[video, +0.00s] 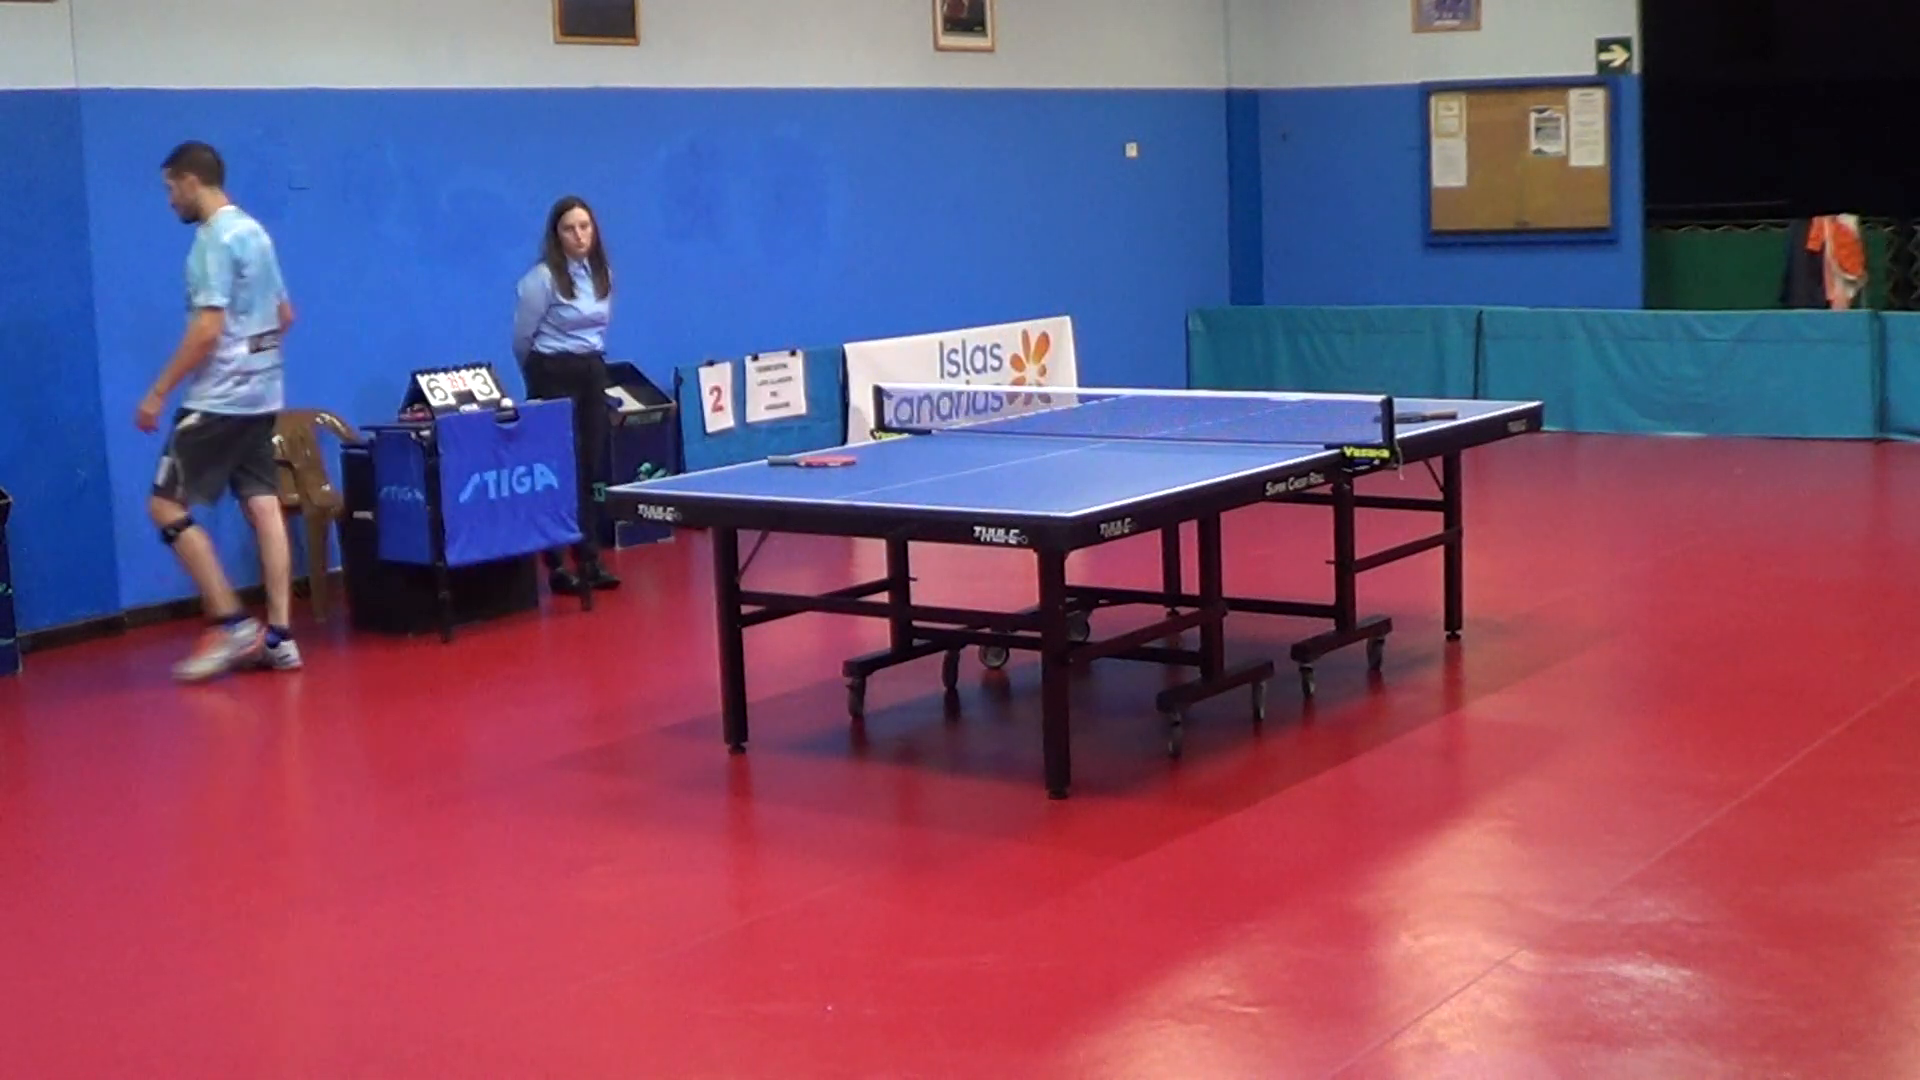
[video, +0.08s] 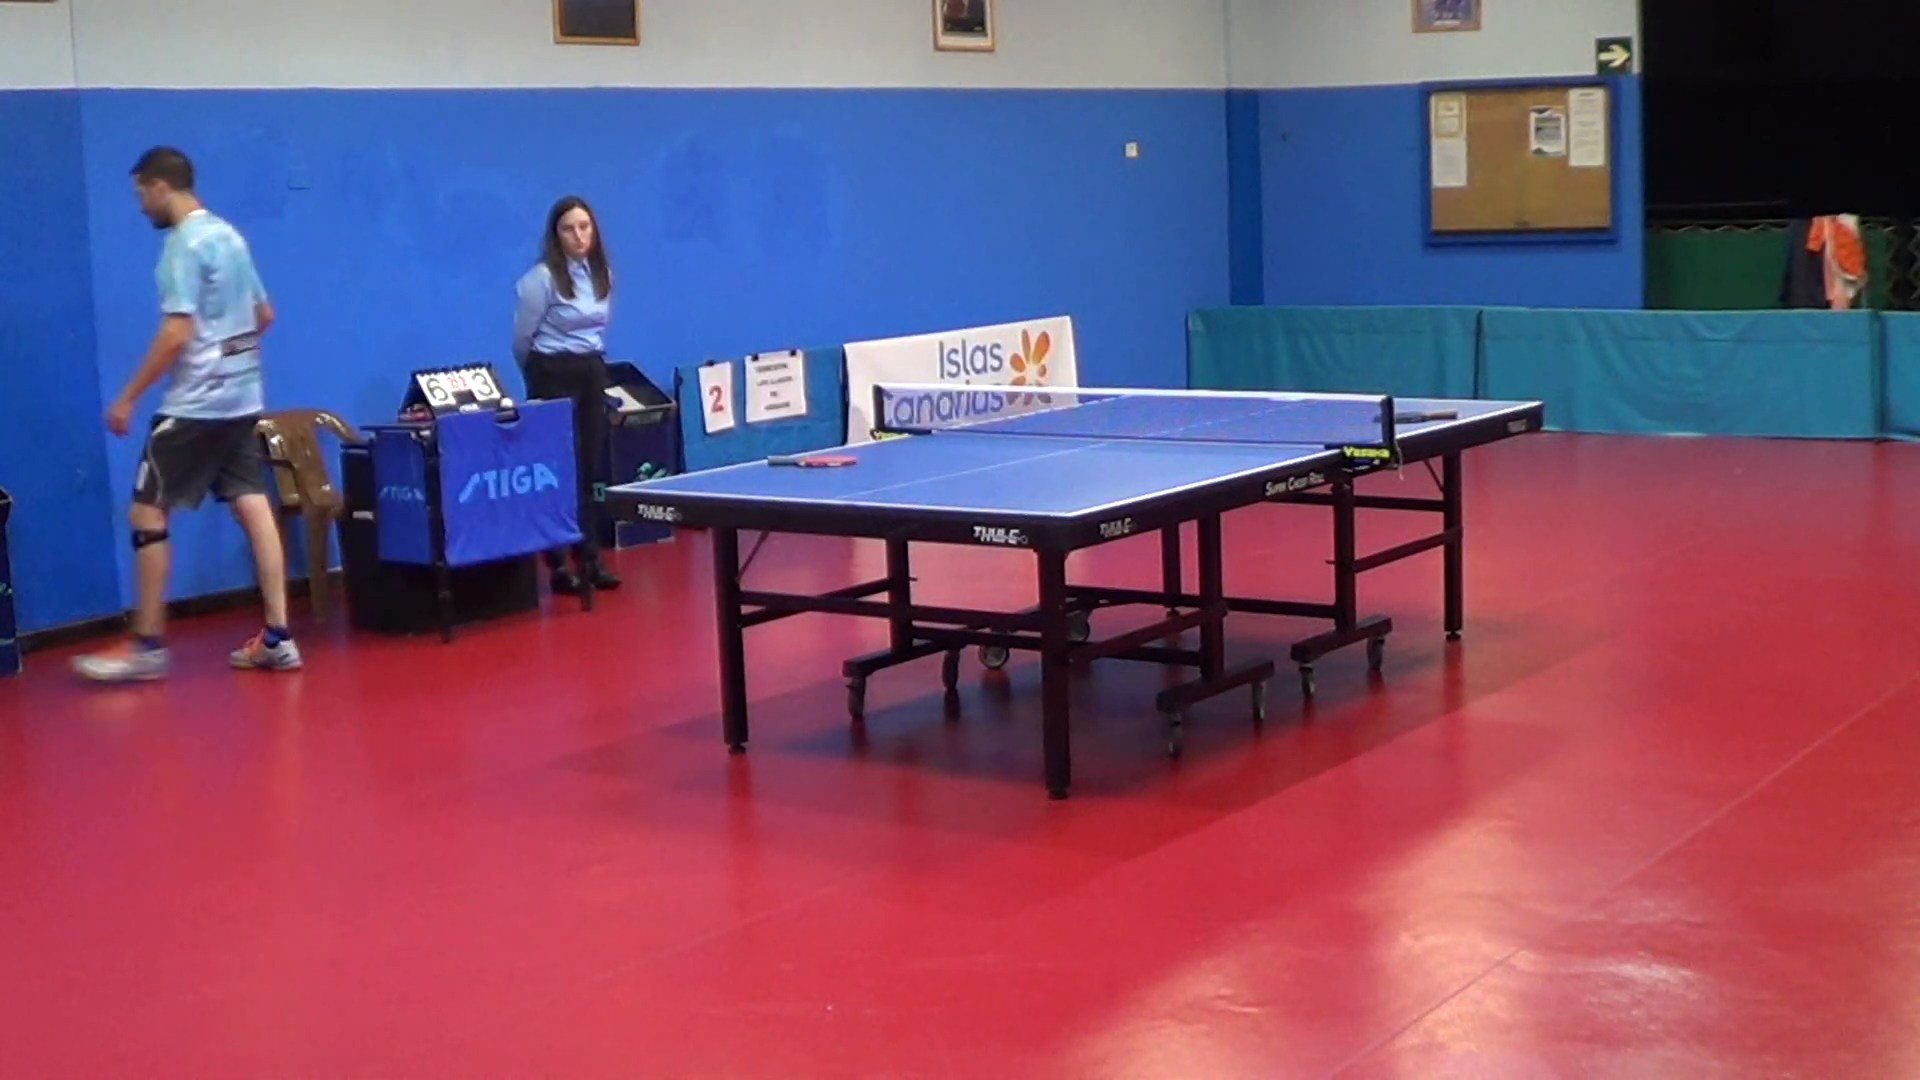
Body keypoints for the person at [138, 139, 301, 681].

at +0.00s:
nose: (169, 199)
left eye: (171, 187)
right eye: (168, 188)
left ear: (192, 183)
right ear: (210, 181)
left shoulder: (214, 239)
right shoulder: (254, 231)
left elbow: (208, 329)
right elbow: (283, 316)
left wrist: (158, 393)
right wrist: (234, 352)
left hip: (220, 401)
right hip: (262, 400)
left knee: (166, 506)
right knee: (265, 506)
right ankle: (280, 634)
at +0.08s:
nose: (140, 205)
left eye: (141, 194)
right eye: (138, 195)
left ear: (161, 188)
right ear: (181, 186)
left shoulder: (184, 243)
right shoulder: (228, 234)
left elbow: (177, 333)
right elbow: (261, 315)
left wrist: (127, 398)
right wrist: (211, 348)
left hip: (195, 406)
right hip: (241, 404)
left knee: (147, 511)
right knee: (254, 507)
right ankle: (278, 637)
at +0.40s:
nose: (3, 238)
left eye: (2, 229)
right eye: (2, 229)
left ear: (16, 222)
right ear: (42, 214)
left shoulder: (32, 277)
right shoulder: (108, 245)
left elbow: (29, 372)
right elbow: (172, 307)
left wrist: (14, 440)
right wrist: (182, 375)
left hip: (89, 418)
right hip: (149, 404)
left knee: (56, 524)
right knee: (167, 514)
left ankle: (56, 653)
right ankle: (249, 614)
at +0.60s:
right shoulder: (49, 240)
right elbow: (129, 274)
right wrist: (167, 341)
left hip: (64, 409)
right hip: (123, 388)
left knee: (49, 524)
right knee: (131, 495)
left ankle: (54, 651)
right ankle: (190, 614)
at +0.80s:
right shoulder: (22, 242)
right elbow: (103, 263)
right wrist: (150, 320)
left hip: (55, 404)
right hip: (110, 379)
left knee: (48, 524)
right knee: (117, 499)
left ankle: (54, 650)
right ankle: (130, 622)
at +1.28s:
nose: (4, 230)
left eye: (13, 219)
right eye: (2, 220)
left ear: (43, 217)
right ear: (42, 218)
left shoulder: (53, 281)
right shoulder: (83, 241)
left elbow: (70, 374)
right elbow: (114, 327)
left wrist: (20, 428)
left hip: (94, 417)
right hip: (127, 406)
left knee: (70, 528)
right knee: (113, 516)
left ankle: (56, 650)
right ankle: (190, 624)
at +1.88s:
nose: (244, 187)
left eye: (247, 178)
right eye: (232, 177)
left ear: (248, 186)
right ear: (201, 183)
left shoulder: (265, 247)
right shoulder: (165, 245)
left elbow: (291, 317)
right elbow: (138, 329)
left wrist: (282, 351)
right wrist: (199, 355)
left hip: (262, 407)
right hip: (198, 414)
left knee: (291, 517)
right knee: (207, 520)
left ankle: (322, 636)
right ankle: (208, 639)